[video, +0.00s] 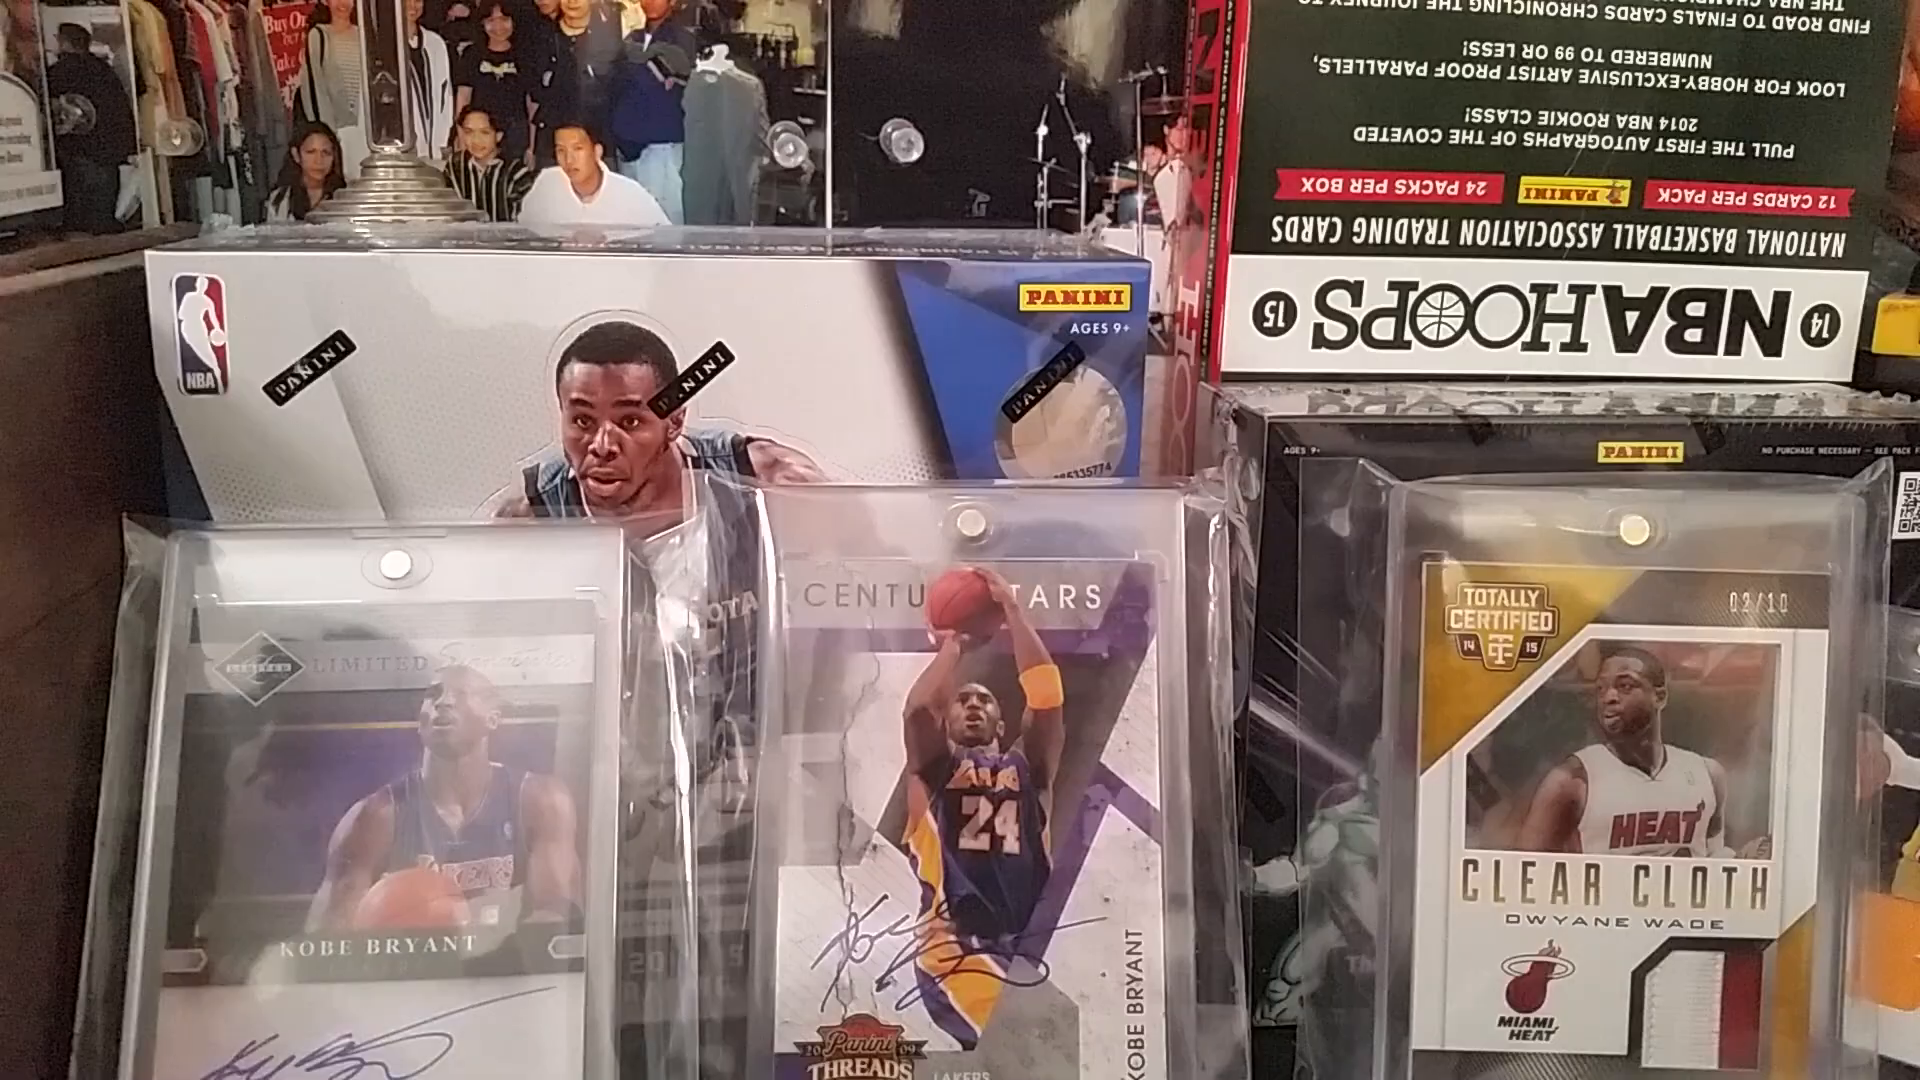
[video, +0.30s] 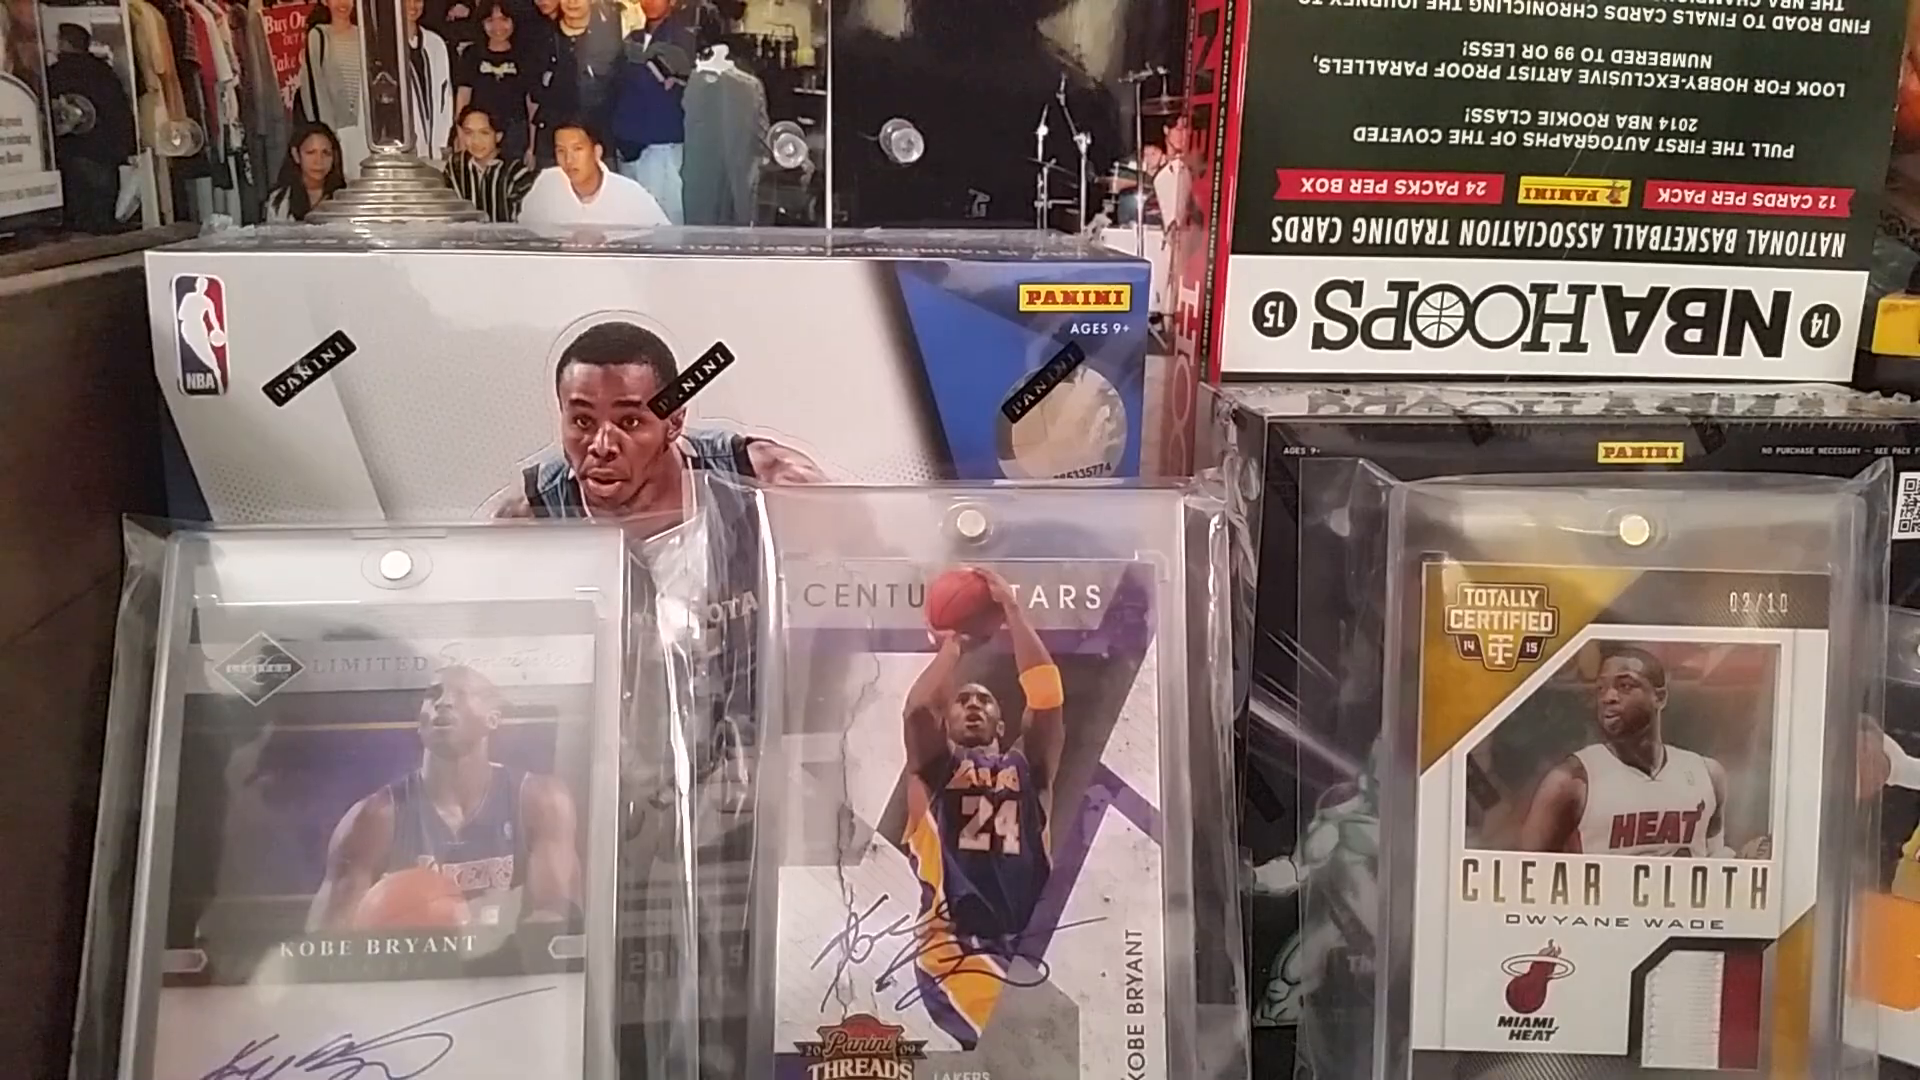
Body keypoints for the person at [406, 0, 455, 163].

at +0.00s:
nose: (413, 6)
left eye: (417, 1)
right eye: (407, 1)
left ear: (423, 5)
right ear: (396, 5)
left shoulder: (437, 43)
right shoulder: (389, 43)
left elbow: (447, 93)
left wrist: (442, 140)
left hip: (436, 145)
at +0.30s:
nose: (413, 6)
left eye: (417, 1)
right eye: (407, 1)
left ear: (423, 4)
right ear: (397, 5)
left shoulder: (437, 43)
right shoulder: (388, 44)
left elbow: (446, 94)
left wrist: (443, 142)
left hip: (436, 144)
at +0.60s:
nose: (414, 6)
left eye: (417, 1)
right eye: (408, 1)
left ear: (423, 4)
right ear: (396, 5)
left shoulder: (436, 43)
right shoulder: (388, 44)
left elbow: (446, 94)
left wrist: (442, 142)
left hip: (436, 145)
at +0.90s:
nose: (414, 6)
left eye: (417, 1)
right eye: (408, 1)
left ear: (423, 4)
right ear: (396, 5)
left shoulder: (437, 43)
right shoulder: (388, 44)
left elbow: (446, 94)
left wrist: (442, 142)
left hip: (437, 145)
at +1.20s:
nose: (413, 6)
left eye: (417, 0)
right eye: (408, 1)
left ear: (423, 4)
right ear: (396, 5)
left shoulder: (437, 43)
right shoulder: (388, 43)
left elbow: (446, 95)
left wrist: (442, 143)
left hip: (436, 146)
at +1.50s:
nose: (425, 6)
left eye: (429, 0)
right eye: (419, 1)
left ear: (434, 4)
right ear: (408, 4)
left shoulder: (447, 42)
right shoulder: (399, 42)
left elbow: (457, 93)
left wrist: (453, 141)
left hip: (446, 144)